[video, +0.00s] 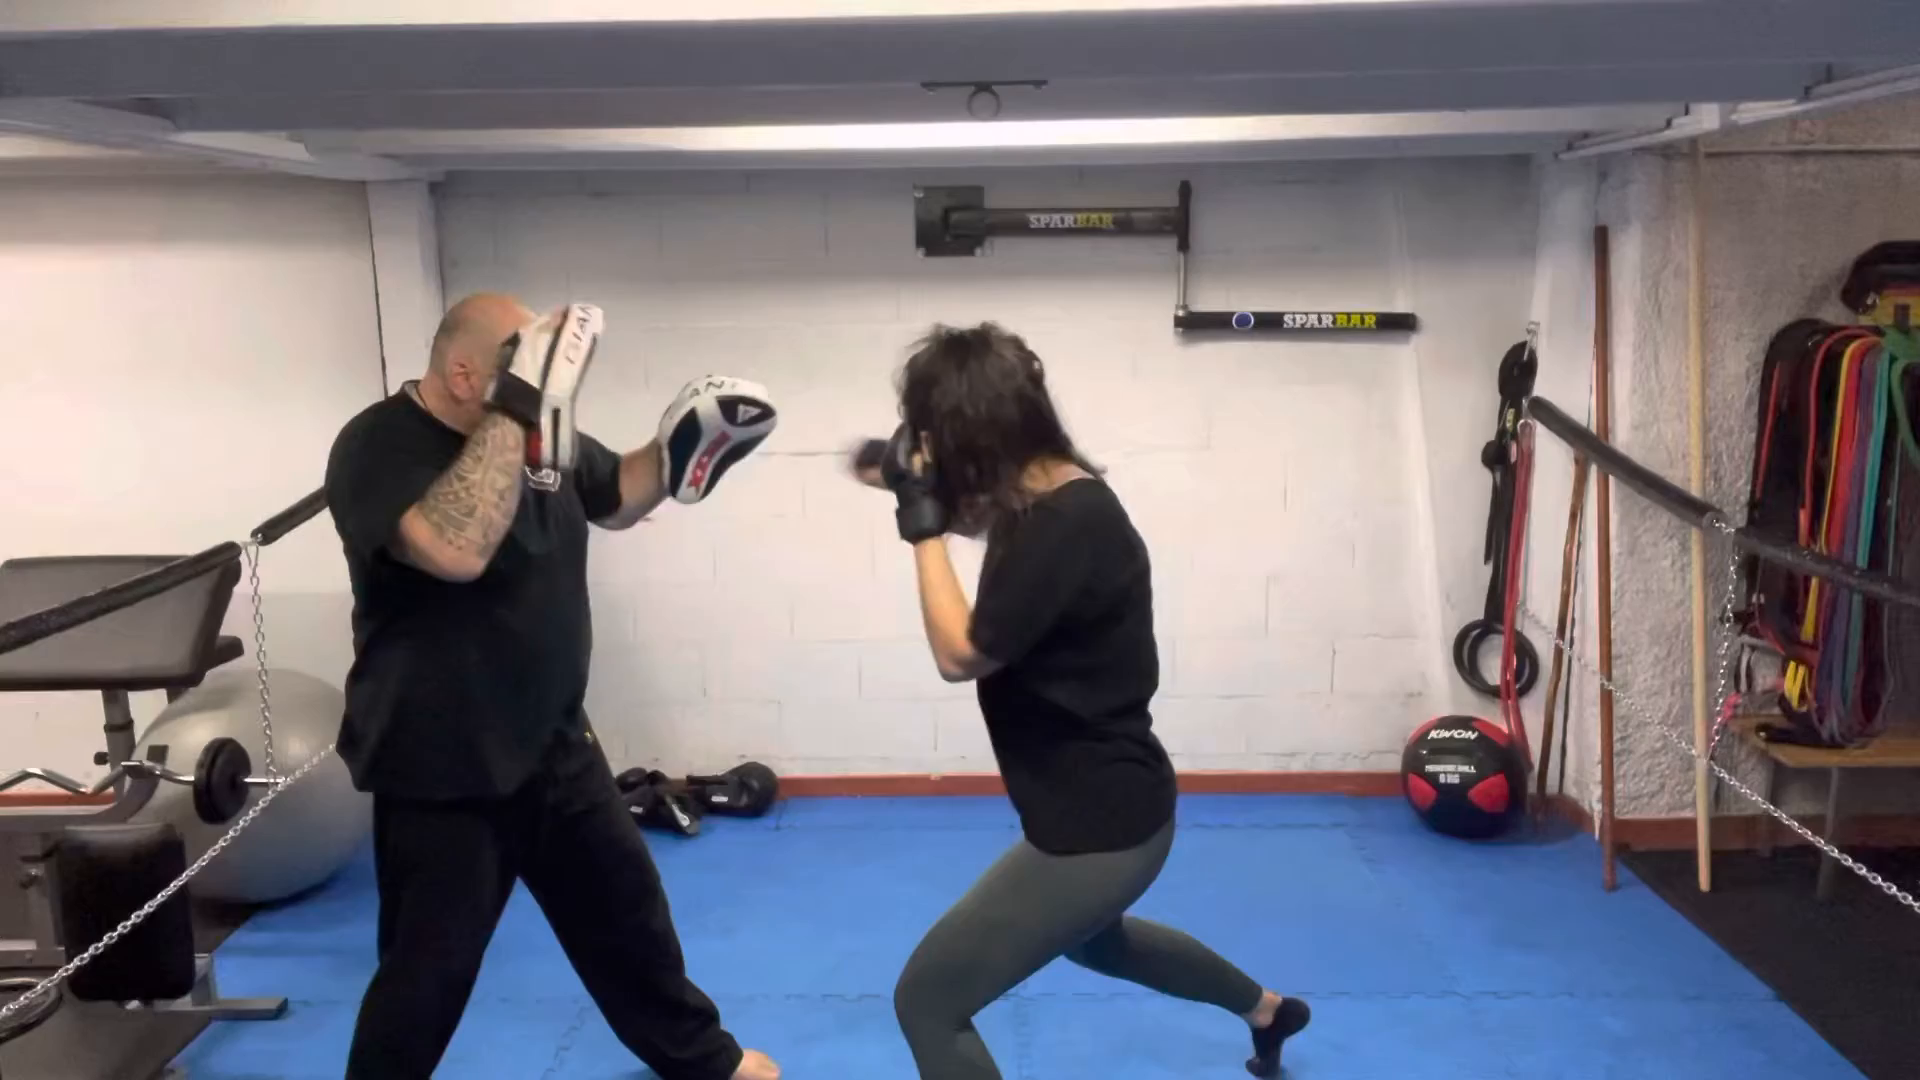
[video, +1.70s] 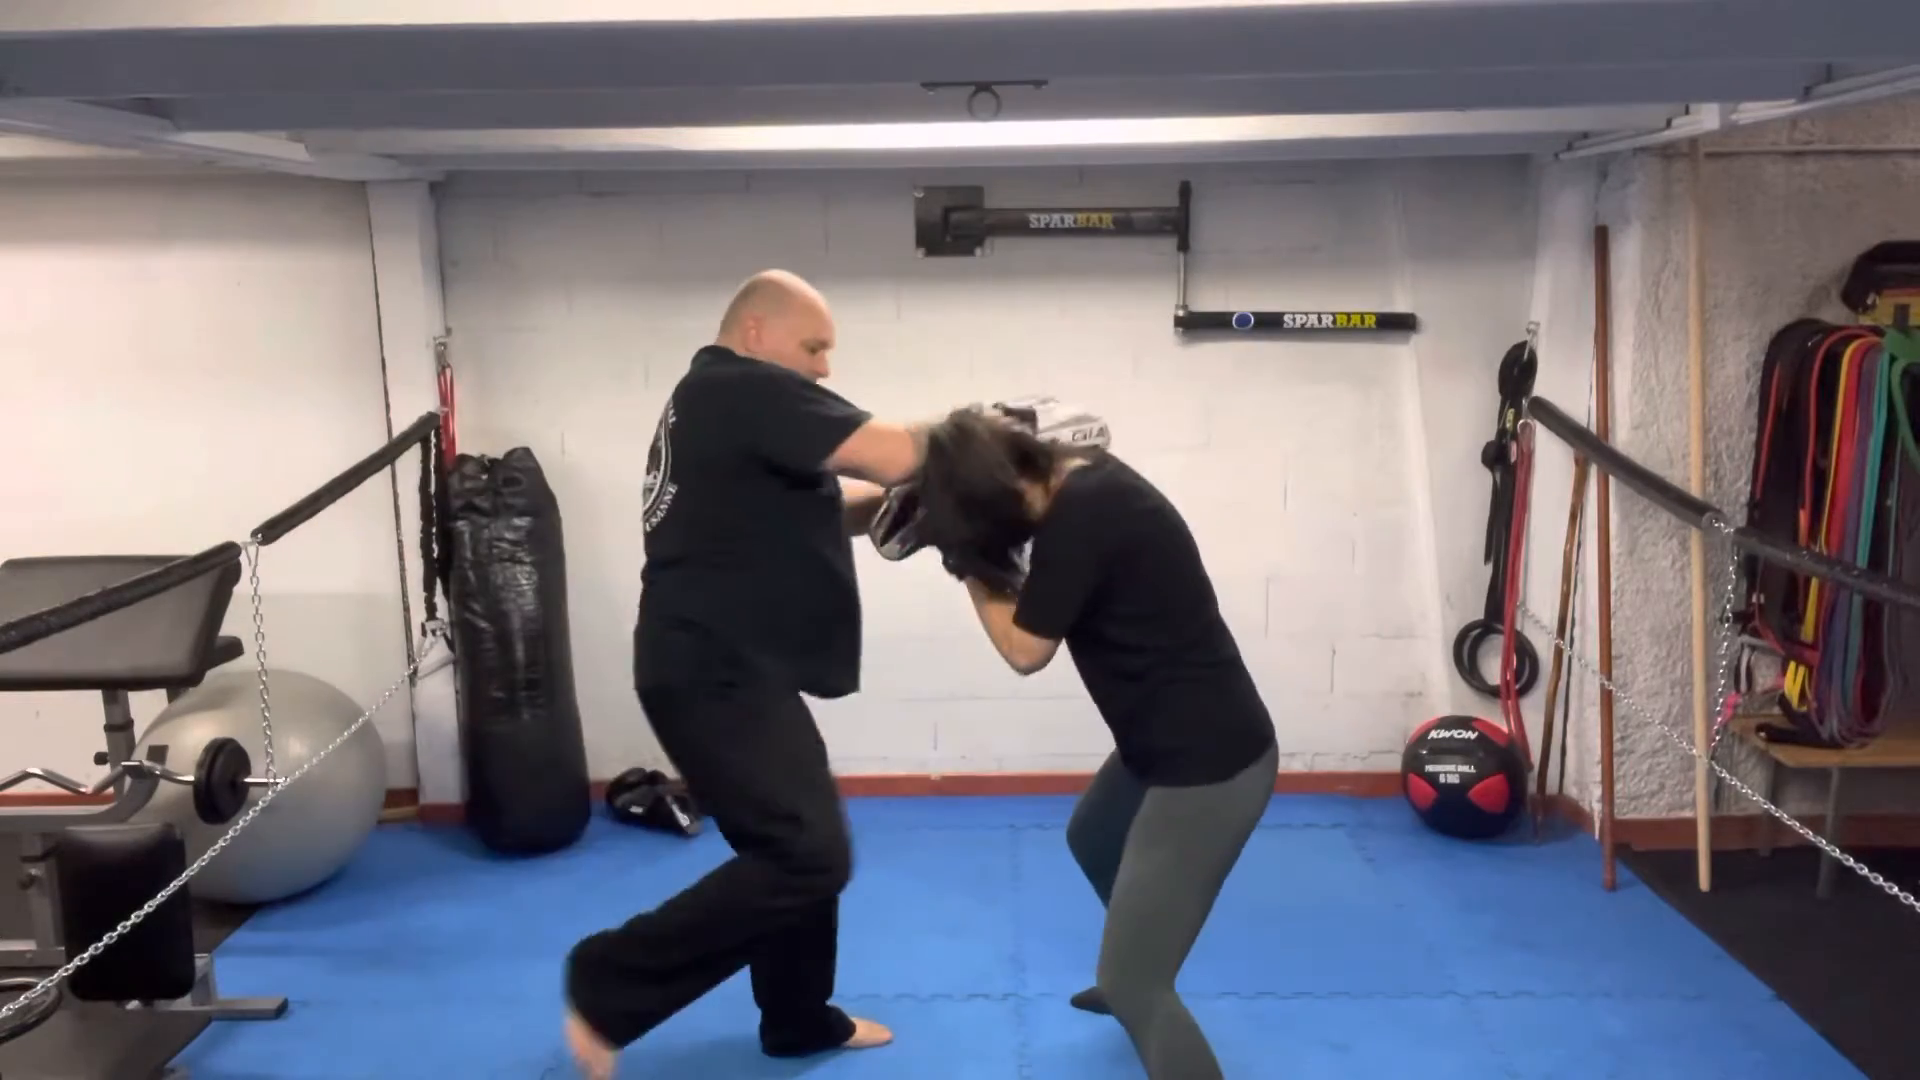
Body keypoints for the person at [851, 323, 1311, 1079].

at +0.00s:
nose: (921, 452)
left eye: (925, 436)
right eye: (917, 437)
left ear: (968, 439)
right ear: (1017, 417)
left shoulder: (1059, 528)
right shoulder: (1063, 492)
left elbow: (957, 656)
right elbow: (984, 501)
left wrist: (924, 521)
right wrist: (906, 472)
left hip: (1096, 838)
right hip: (1114, 814)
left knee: (926, 1004)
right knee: (1095, 939)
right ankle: (1265, 1008)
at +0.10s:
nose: (907, 451)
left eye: (918, 438)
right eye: (907, 438)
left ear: (975, 440)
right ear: (990, 433)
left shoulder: (1084, 533)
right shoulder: (980, 494)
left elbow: (995, 666)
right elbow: (820, 475)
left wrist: (940, 535)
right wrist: (690, 448)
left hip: (1103, 829)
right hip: (1050, 810)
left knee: (937, 1009)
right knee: (1085, 948)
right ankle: (1256, 1004)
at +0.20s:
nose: (907, 452)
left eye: (920, 436)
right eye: (908, 434)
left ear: (978, 433)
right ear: (969, 434)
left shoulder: (1084, 520)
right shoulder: (971, 495)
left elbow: (1014, 675)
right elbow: (819, 511)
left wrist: (936, 555)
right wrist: (693, 477)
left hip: (1105, 820)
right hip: (1043, 810)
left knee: (947, 1003)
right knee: (1083, 944)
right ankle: (1232, 994)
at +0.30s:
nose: (925, 428)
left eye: (932, 410)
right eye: (926, 410)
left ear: (970, 421)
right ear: (1018, 409)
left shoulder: (1089, 515)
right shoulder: (1000, 495)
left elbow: (1020, 673)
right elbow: (900, 576)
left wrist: (919, 558)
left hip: (1112, 807)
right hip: (1055, 800)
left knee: (952, 995)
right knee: (1065, 922)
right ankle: (1196, 1012)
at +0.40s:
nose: (954, 428)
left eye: (961, 410)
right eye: (953, 409)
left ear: (1002, 415)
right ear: (1035, 404)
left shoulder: (1098, 504)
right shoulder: (1041, 490)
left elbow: (1034, 657)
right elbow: (1004, 605)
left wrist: (926, 551)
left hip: (1123, 801)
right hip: (1075, 790)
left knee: (967, 983)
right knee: (1084, 915)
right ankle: (1208, 1028)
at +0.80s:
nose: (1015, 462)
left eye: (1024, 446)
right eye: (1010, 445)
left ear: (1069, 434)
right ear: (1084, 424)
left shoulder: (1141, 478)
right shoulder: (1105, 471)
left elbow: (1010, 558)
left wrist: (963, 458)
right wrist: (965, 451)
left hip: (1184, 792)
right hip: (1131, 767)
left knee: (1100, 1014)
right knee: (1070, 863)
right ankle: (1203, 987)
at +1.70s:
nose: (991, 536)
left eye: (988, 528)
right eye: (980, 531)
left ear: (998, 498)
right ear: (1016, 454)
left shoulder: (1084, 513)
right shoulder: (1080, 482)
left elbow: (1025, 651)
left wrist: (965, 556)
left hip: (1213, 765)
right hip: (1163, 745)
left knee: (1133, 983)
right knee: (1093, 839)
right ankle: (1135, 982)